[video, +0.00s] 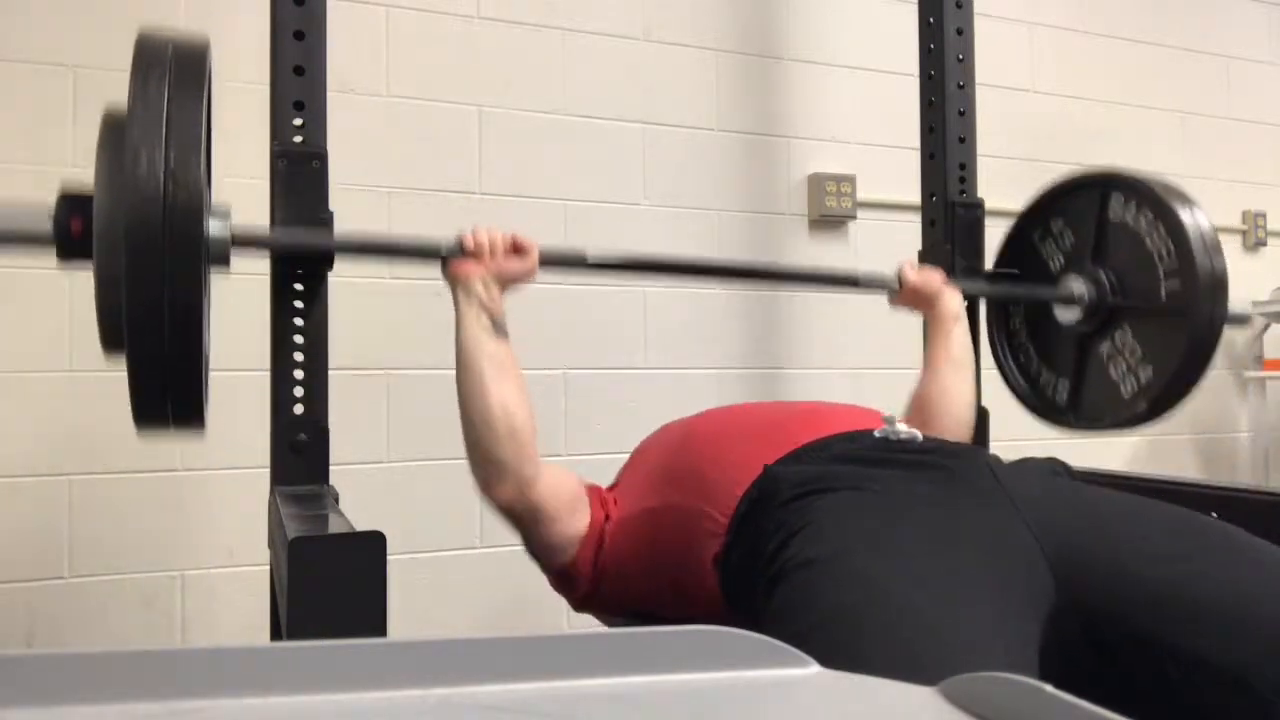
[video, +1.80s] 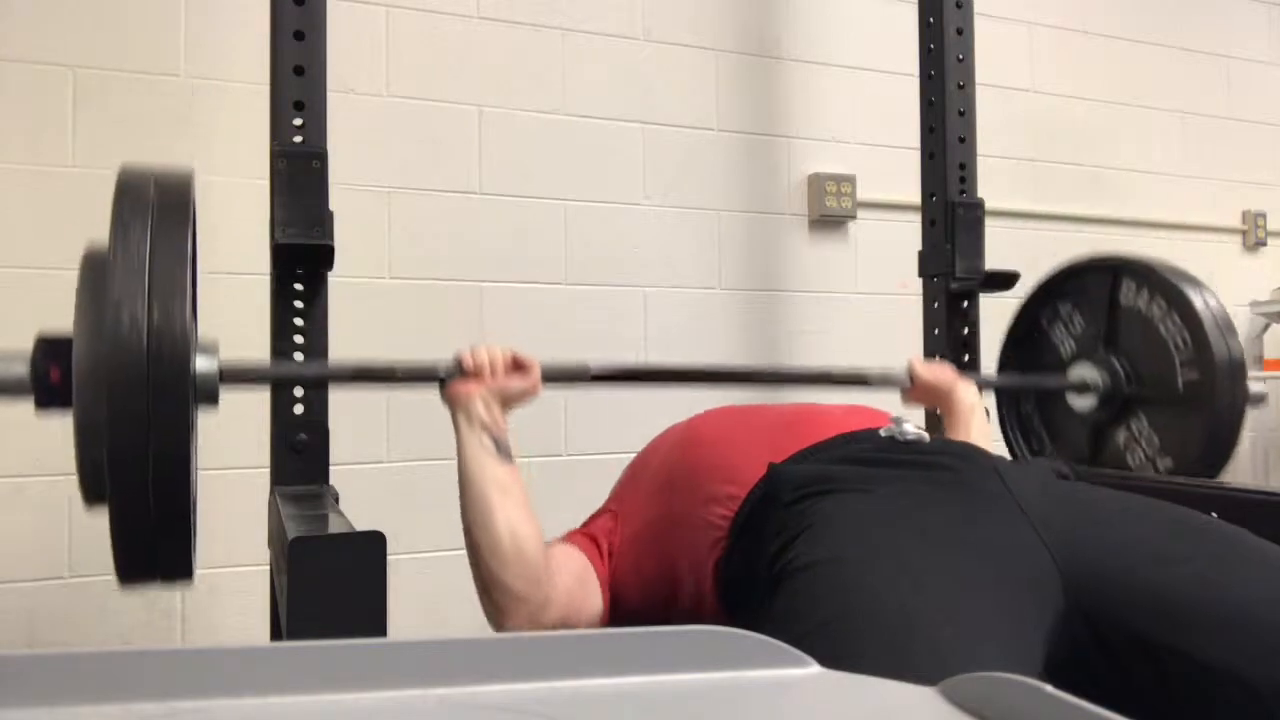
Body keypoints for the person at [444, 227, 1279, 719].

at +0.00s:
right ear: (623, 497)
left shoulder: (852, 434)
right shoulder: (606, 538)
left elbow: (944, 440)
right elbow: (511, 473)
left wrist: (945, 312)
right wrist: (476, 303)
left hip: (1023, 482)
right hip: (842, 502)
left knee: (1272, 610)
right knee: (929, 702)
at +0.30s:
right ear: (645, 492)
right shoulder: (629, 528)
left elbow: (1022, 514)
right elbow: (546, 610)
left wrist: (977, 419)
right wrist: (492, 440)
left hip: (1021, 476)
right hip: (859, 495)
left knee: (1277, 615)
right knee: (939, 686)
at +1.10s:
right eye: (662, 444)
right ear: (625, 500)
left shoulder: (842, 435)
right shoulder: (609, 537)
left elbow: (939, 439)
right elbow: (508, 472)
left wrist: (946, 307)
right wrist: (473, 309)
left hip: (1032, 484)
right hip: (852, 503)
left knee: (1274, 616)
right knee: (926, 690)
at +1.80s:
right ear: (646, 497)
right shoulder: (631, 522)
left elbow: (1008, 512)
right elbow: (531, 602)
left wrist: (965, 413)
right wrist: (479, 427)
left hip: (1012, 478)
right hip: (849, 502)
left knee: (1277, 623)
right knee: (931, 687)